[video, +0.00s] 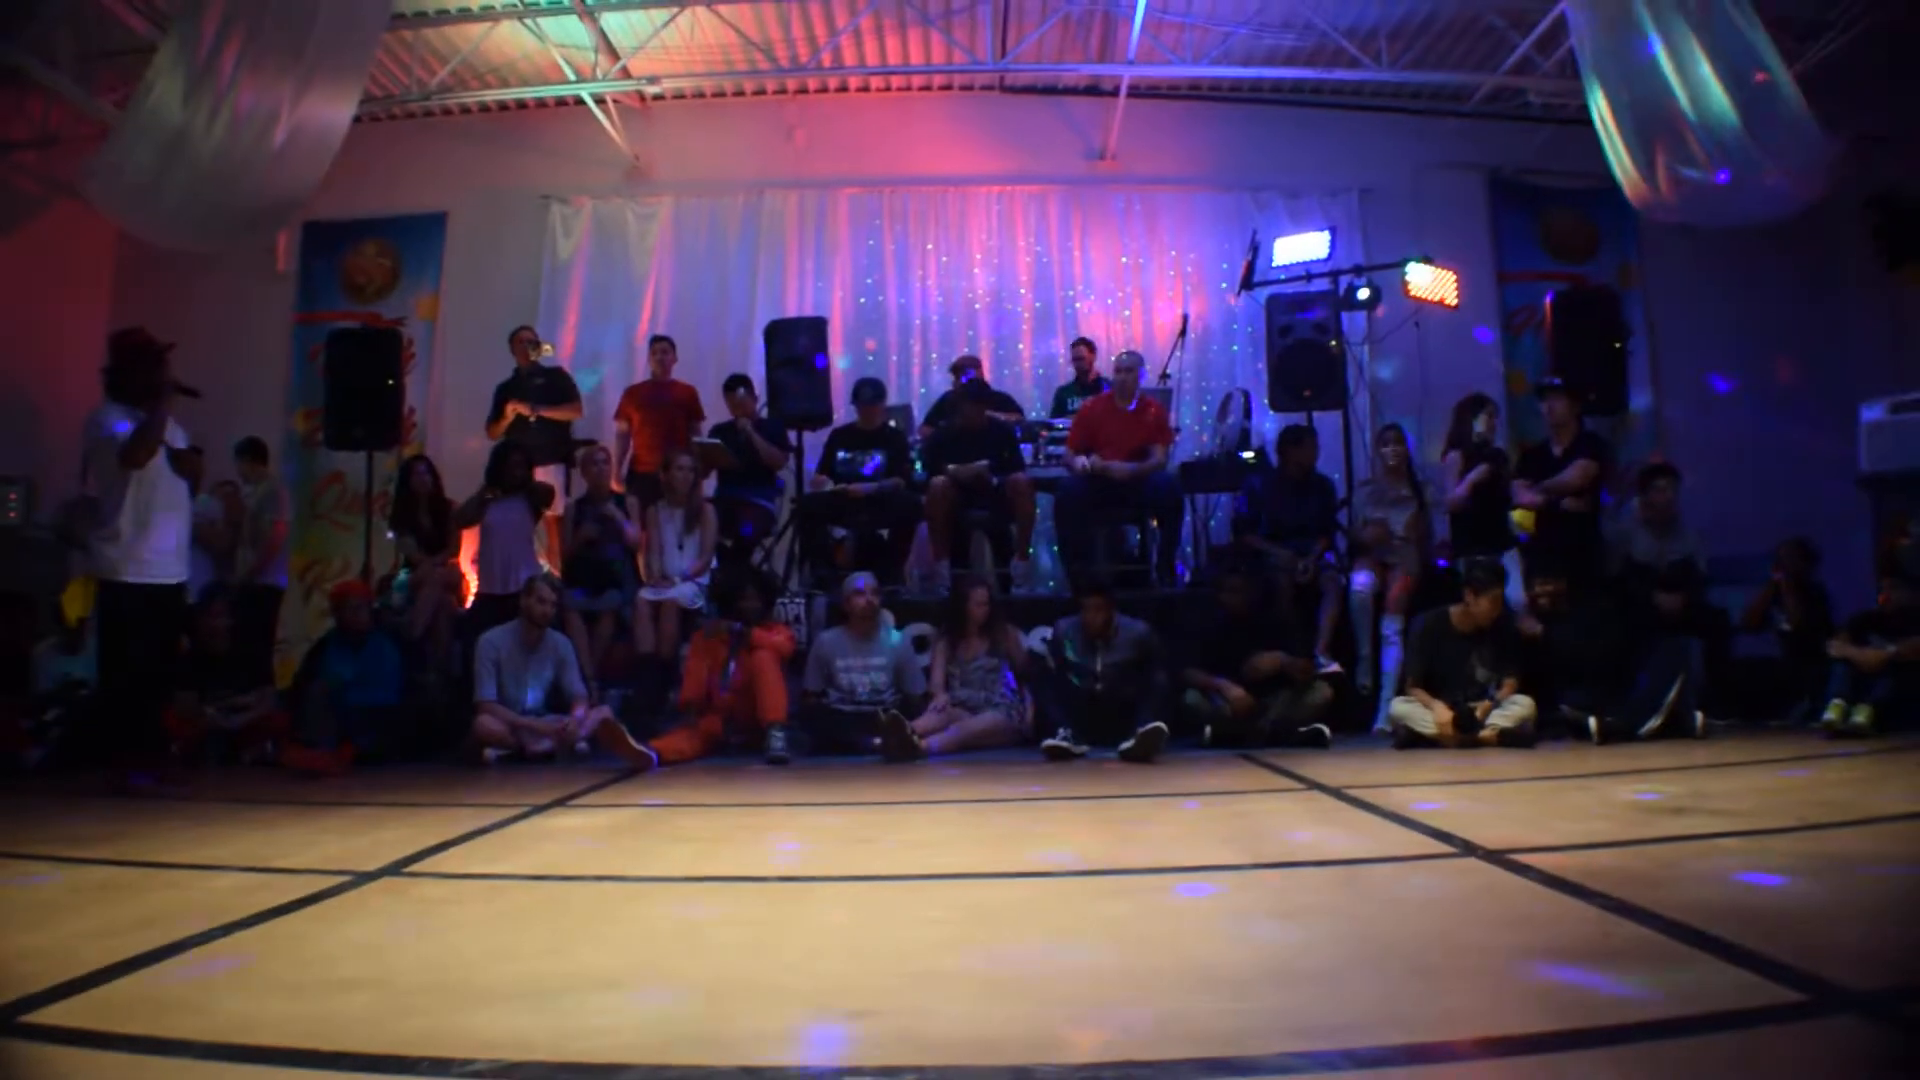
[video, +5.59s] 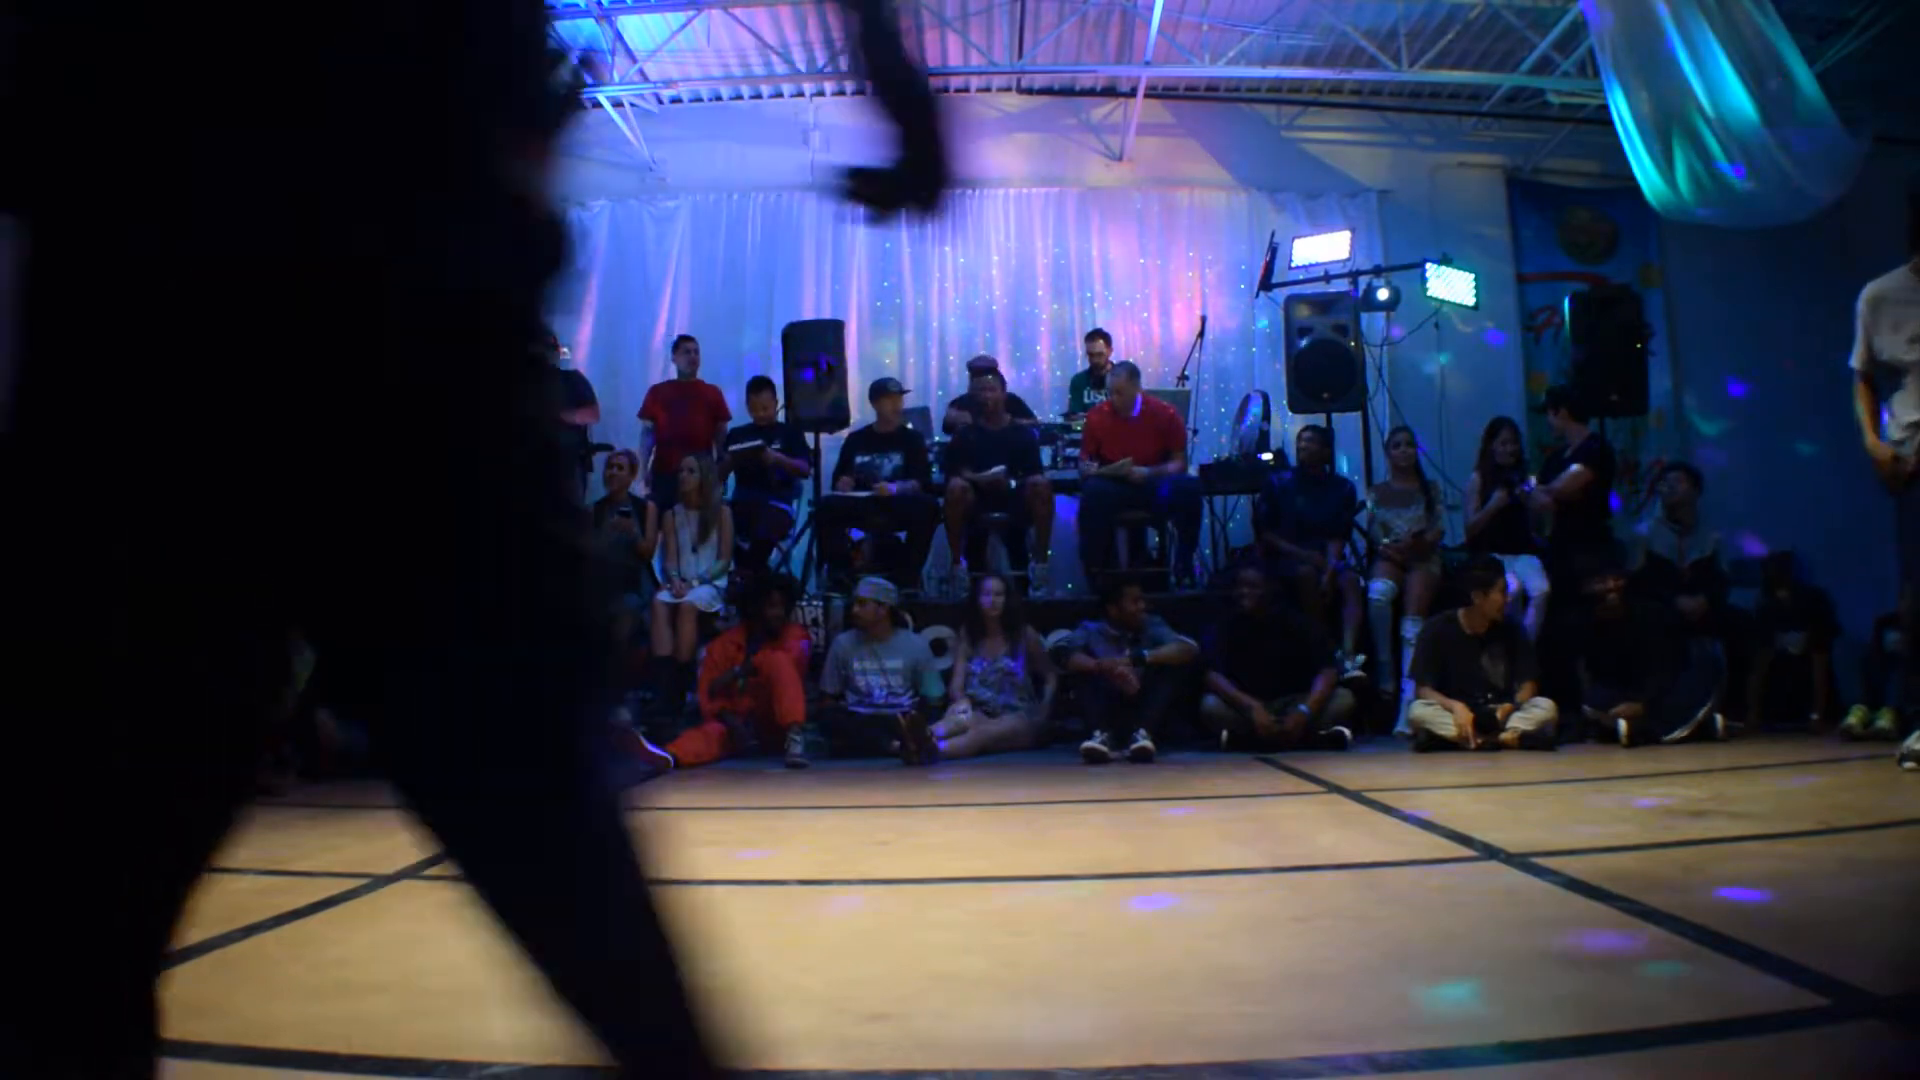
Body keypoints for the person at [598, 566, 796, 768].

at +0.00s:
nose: (749, 606)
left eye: (755, 600)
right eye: (743, 599)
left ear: (766, 603)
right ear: (729, 602)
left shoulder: (774, 630)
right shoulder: (708, 638)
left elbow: (784, 647)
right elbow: (692, 697)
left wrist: (741, 632)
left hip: (756, 713)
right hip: (719, 717)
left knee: (763, 657)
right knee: (696, 736)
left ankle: (776, 734)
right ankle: (651, 752)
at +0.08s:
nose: (752, 607)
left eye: (758, 600)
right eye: (746, 600)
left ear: (769, 605)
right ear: (732, 604)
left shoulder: (780, 633)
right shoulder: (714, 637)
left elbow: (783, 653)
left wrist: (746, 635)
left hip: (758, 715)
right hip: (721, 716)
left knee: (763, 660)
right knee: (698, 739)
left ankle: (780, 734)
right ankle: (655, 753)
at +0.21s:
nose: (776, 607)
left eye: (782, 600)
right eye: (770, 600)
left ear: (793, 604)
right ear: (755, 602)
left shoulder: (800, 632)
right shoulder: (737, 636)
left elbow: (812, 651)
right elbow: (721, 684)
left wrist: (777, 640)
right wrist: (718, 711)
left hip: (784, 713)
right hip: (747, 716)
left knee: (785, 653)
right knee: (729, 730)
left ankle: (802, 731)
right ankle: (681, 751)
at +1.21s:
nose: (775, 611)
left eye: (781, 604)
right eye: (769, 603)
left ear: (791, 607)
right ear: (755, 604)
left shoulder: (799, 635)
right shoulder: (730, 639)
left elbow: (795, 658)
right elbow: (714, 687)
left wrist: (760, 659)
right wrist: (714, 713)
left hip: (779, 715)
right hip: (741, 718)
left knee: (779, 658)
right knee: (728, 732)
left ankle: (798, 735)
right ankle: (674, 753)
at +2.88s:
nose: (757, 611)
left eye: (765, 605)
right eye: (755, 603)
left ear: (782, 610)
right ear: (749, 605)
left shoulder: (795, 636)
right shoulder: (726, 643)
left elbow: (786, 666)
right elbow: (707, 705)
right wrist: (731, 709)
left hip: (772, 719)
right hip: (736, 722)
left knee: (774, 660)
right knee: (711, 735)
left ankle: (794, 737)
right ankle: (670, 755)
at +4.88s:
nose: (777, 613)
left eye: (782, 607)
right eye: (770, 606)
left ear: (788, 609)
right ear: (754, 608)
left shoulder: (796, 636)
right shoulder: (725, 645)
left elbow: (785, 661)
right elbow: (709, 703)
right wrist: (732, 718)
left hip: (774, 720)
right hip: (737, 724)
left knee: (779, 660)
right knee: (709, 736)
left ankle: (794, 736)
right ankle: (670, 755)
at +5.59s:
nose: (778, 614)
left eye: (783, 607)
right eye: (771, 606)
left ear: (788, 609)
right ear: (755, 607)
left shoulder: (794, 636)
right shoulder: (724, 645)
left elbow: (788, 660)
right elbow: (708, 705)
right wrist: (732, 719)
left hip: (774, 719)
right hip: (737, 722)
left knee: (777, 660)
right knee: (710, 734)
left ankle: (795, 736)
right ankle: (669, 756)